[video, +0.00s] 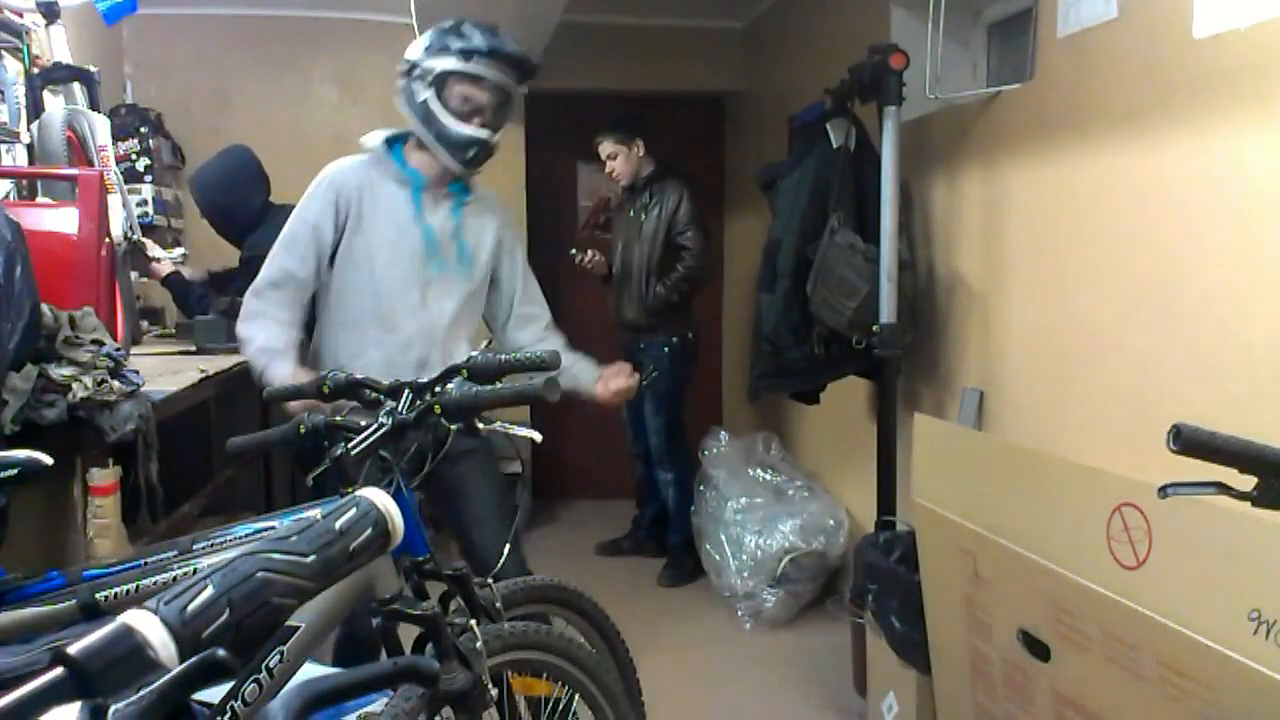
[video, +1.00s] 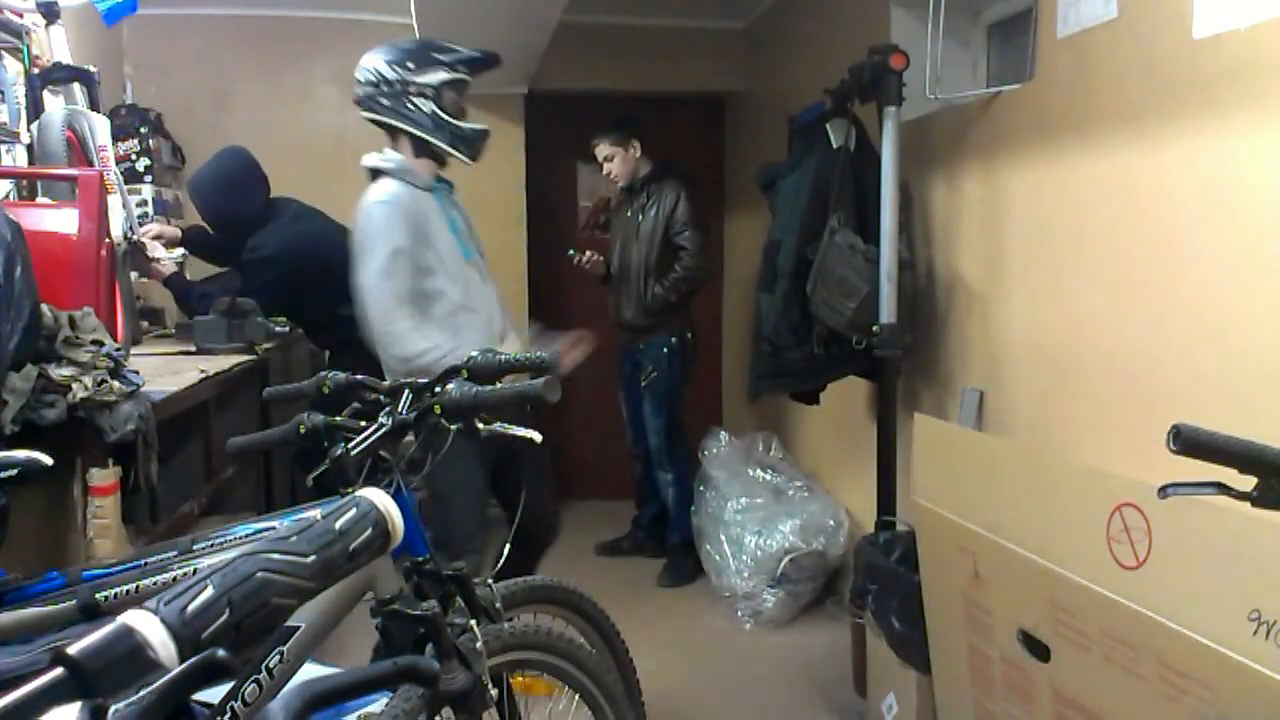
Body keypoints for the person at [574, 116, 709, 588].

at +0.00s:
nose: (609, 168)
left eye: (613, 157)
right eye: (605, 162)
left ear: (639, 149)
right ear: (611, 164)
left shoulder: (673, 193)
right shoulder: (626, 203)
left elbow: (695, 262)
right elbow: (627, 265)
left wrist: (656, 298)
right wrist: (605, 267)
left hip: (666, 336)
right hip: (633, 335)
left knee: (665, 442)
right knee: (641, 441)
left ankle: (684, 547)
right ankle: (650, 530)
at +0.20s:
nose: (609, 169)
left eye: (613, 158)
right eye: (604, 162)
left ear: (639, 149)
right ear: (611, 164)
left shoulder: (673, 193)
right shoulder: (626, 204)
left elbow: (695, 262)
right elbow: (627, 267)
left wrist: (655, 299)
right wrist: (604, 267)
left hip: (666, 336)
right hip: (633, 335)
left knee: (664, 442)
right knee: (640, 441)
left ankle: (683, 545)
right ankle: (649, 530)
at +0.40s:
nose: (608, 169)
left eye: (611, 159)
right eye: (603, 163)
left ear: (638, 150)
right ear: (612, 164)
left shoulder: (672, 193)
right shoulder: (626, 204)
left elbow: (695, 260)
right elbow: (628, 265)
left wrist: (657, 297)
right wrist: (605, 268)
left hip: (667, 336)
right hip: (634, 335)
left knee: (664, 442)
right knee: (640, 442)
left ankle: (683, 545)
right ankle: (649, 530)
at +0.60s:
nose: (606, 170)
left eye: (610, 159)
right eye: (602, 163)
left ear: (636, 151)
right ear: (611, 165)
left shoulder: (671, 193)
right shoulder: (625, 205)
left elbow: (695, 259)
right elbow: (625, 270)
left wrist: (658, 296)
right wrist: (604, 269)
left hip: (664, 336)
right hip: (632, 335)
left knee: (663, 441)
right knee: (640, 442)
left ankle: (683, 545)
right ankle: (649, 530)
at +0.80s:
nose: (607, 170)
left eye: (610, 159)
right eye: (602, 163)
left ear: (636, 149)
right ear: (610, 163)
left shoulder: (671, 193)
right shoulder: (626, 204)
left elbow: (694, 262)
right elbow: (627, 266)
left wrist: (655, 297)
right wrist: (605, 268)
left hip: (665, 334)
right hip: (632, 333)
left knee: (663, 441)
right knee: (640, 441)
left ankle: (684, 545)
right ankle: (650, 530)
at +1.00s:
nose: (606, 170)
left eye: (609, 159)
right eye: (601, 163)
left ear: (636, 149)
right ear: (610, 163)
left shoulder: (670, 192)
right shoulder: (624, 204)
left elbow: (694, 262)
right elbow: (626, 267)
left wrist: (656, 297)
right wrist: (604, 268)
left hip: (664, 334)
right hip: (631, 333)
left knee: (663, 441)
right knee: (640, 441)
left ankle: (683, 545)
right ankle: (649, 531)